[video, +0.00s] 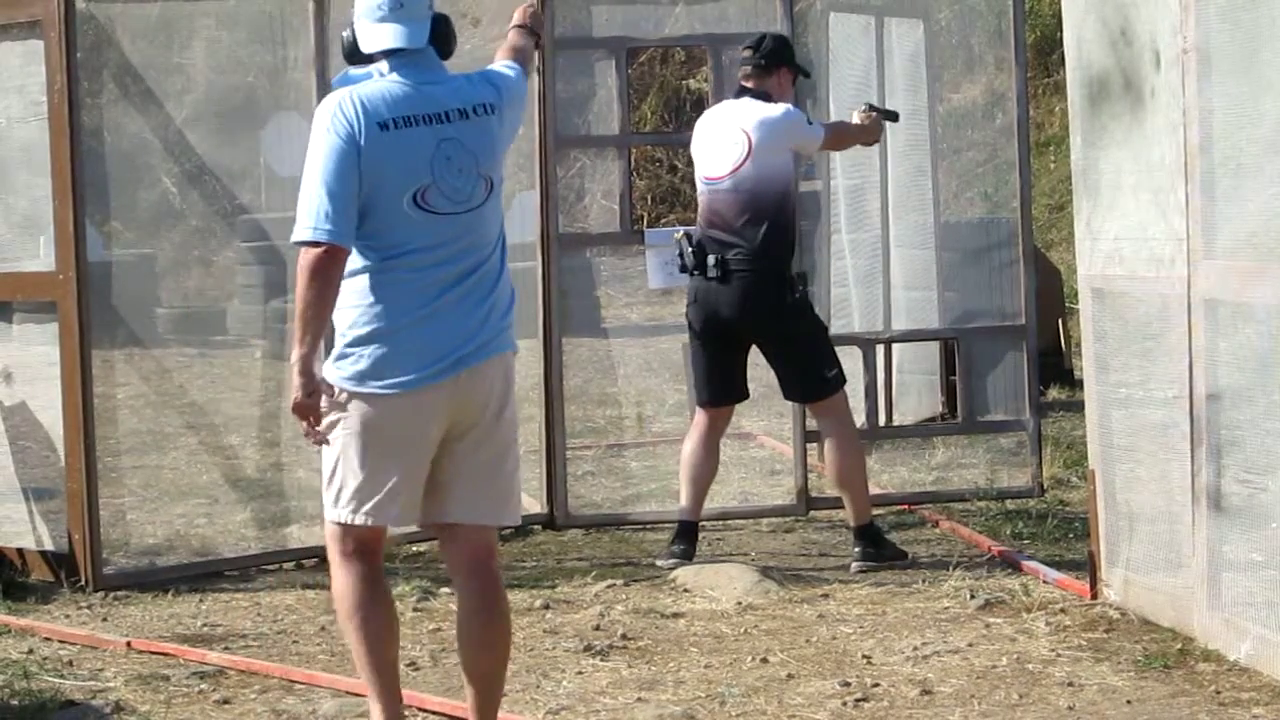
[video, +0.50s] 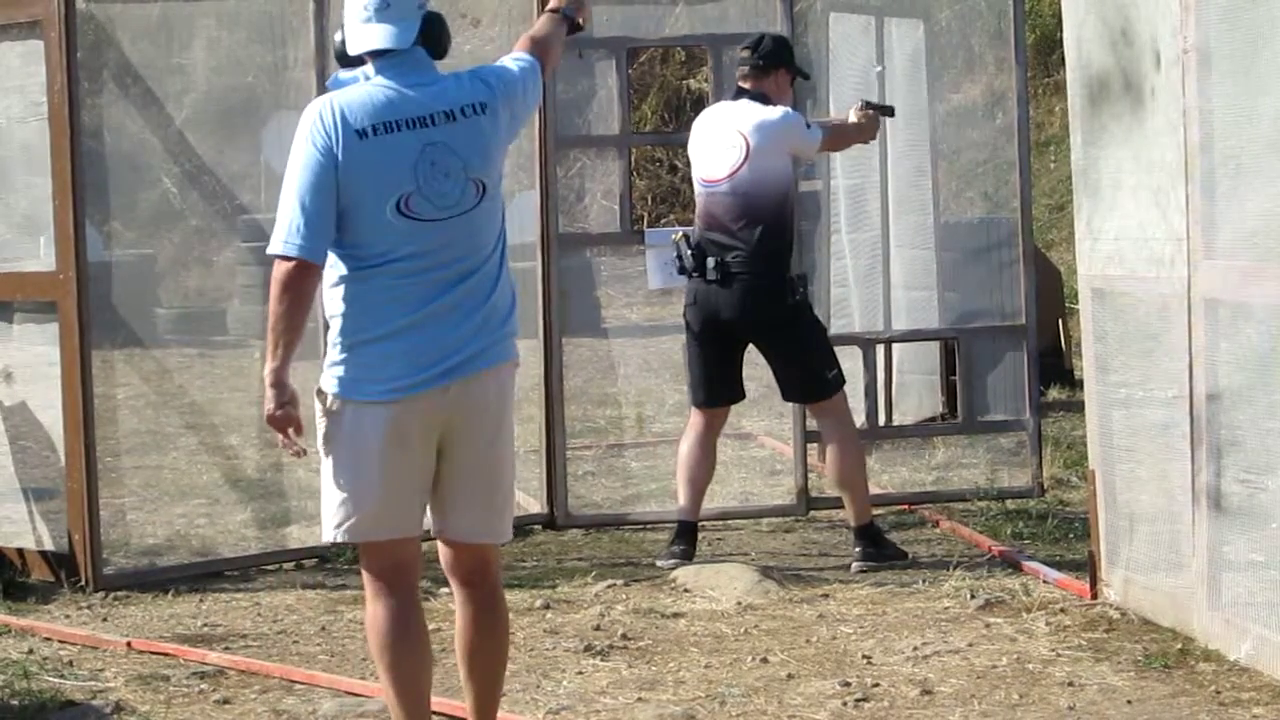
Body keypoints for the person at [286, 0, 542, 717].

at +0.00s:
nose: (356, 60)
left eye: (357, 46)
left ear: (360, 47)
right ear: (436, 37)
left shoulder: (346, 111)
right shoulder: (488, 98)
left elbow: (322, 253)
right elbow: (515, 64)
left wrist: (303, 366)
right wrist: (524, 28)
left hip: (381, 365)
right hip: (484, 357)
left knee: (355, 549)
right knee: (475, 549)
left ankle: (387, 712)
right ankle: (485, 715)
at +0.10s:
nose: (359, 60)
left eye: (359, 46)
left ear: (363, 47)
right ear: (440, 37)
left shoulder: (346, 110)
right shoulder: (490, 97)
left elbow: (318, 253)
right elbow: (525, 59)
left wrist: (297, 367)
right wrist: (540, 22)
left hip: (382, 370)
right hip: (488, 361)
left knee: (371, 558)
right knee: (478, 557)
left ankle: (408, 713)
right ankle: (487, 715)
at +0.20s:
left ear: (360, 47)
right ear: (439, 38)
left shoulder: (342, 113)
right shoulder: (489, 97)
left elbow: (312, 253)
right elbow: (529, 56)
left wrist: (292, 366)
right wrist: (550, 17)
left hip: (386, 376)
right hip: (490, 364)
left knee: (389, 570)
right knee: (479, 560)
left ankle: (412, 715)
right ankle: (487, 716)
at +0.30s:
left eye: (349, 49)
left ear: (355, 48)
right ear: (434, 39)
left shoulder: (336, 116)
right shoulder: (485, 96)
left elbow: (305, 262)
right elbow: (530, 54)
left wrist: (285, 370)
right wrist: (550, 19)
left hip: (384, 378)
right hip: (488, 365)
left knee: (392, 574)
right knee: (476, 561)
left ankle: (412, 715)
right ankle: (485, 716)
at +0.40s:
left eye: (346, 52)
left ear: (352, 51)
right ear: (432, 40)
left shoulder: (333, 117)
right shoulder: (484, 96)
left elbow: (301, 262)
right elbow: (532, 54)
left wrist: (281, 372)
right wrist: (553, 18)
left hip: (381, 378)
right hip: (485, 365)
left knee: (391, 577)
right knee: (477, 568)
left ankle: (412, 713)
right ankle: (485, 714)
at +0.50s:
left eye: (344, 51)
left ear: (350, 51)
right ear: (430, 41)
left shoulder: (329, 119)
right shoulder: (484, 96)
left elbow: (297, 263)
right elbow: (534, 54)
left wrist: (276, 374)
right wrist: (559, 17)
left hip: (378, 381)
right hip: (484, 368)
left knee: (390, 577)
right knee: (477, 571)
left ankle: (411, 713)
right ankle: (485, 714)